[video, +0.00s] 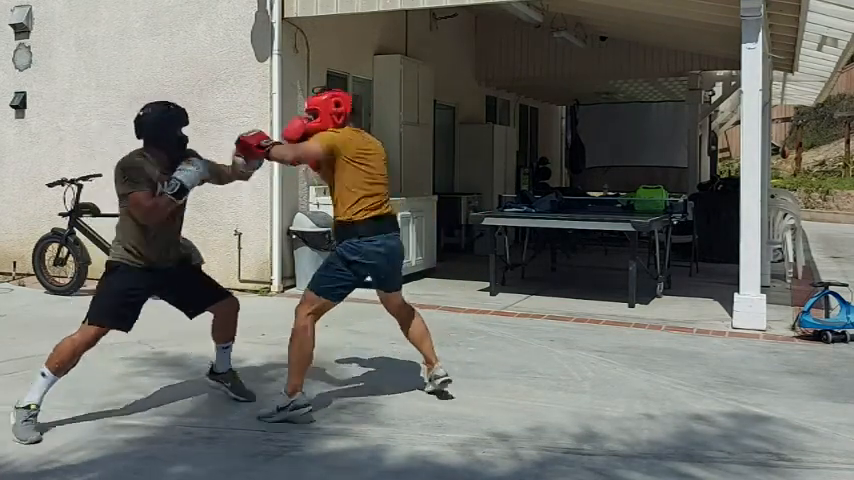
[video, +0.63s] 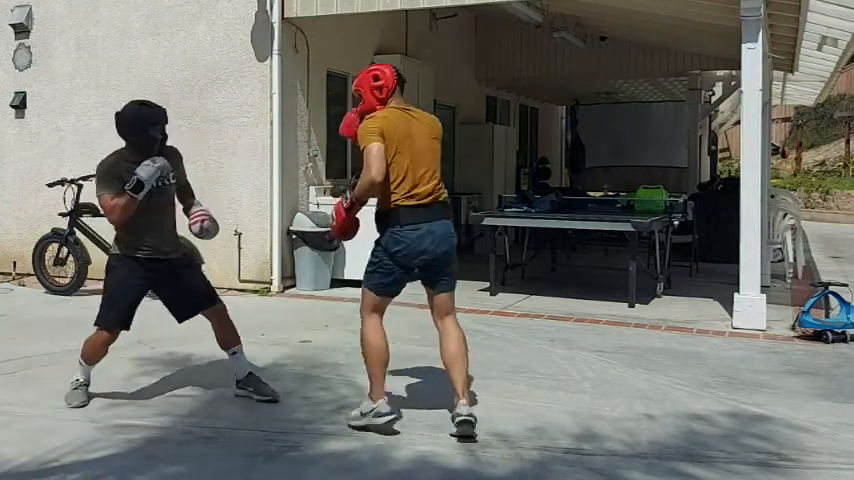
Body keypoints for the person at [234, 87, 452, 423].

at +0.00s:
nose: (310, 123)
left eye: (313, 117)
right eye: (310, 117)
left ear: (328, 116)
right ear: (345, 116)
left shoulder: (334, 138)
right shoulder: (374, 144)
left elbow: (293, 154)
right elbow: (339, 178)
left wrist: (264, 147)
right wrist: (305, 147)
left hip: (356, 246)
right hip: (389, 242)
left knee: (306, 314)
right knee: (398, 305)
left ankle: (294, 397)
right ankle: (434, 368)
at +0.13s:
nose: (325, 117)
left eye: (328, 112)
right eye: (327, 112)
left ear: (336, 111)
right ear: (363, 116)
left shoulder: (322, 133)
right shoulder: (380, 151)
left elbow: (267, 130)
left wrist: (218, 123)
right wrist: (312, 147)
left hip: (346, 253)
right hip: (380, 247)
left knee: (296, 317)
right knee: (386, 298)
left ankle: (296, 403)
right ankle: (431, 350)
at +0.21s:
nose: (338, 115)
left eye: (343, 111)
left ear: (350, 111)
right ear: (375, 115)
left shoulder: (331, 131)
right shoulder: (388, 151)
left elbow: (277, 140)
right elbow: (346, 171)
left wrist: (238, 140)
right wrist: (310, 145)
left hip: (340, 249)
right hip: (375, 246)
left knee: (294, 316)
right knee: (387, 304)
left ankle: (296, 401)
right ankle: (434, 351)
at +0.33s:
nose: (348, 114)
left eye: (350, 108)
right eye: (349, 108)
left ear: (361, 107)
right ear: (390, 113)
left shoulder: (346, 137)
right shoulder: (406, 153)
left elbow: (305, 172)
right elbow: (387, 189)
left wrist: (269, 167)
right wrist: (329, 159)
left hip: (349, 250)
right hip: (389, 250)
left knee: (307, 319)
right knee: (398, 320)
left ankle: (295, 404)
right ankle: (446, 378)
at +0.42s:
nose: (358, 114)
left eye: (360, 107)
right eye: (359, 107)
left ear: (373, 106)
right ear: (395, 108)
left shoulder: (362, 138)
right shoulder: (419, 149)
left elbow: (339, 185)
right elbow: (410, 194)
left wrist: (304, 199)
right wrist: (352, 163)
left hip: (373, 251)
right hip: (414, 249)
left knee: (332, 325)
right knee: (422, 330)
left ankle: (304, 400)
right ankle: (453, 410)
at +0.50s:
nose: (358, 115)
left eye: (360, 108)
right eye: (358, 107)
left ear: (373, 105)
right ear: (396, 107)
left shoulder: (366, 139)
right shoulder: (423, 145)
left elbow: (349, 189)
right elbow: (396, 176)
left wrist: (315, 206)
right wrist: (358, 148)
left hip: (381, 250)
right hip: (421, 248)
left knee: (339, 325)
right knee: (430, 331)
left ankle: (309, 399)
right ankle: (457, 410)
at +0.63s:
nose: (360, 104)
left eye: (360, 99)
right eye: (359, 98)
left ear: (371, 95)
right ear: (394, 92)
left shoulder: (373, 122)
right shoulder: (431, 121)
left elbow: (374, 175)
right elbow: (416, 157)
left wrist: (351, 207)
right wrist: (368, 127)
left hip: (401, 231)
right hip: (442, 226)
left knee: (371, 312)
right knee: (446, 316)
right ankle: (463, 404)